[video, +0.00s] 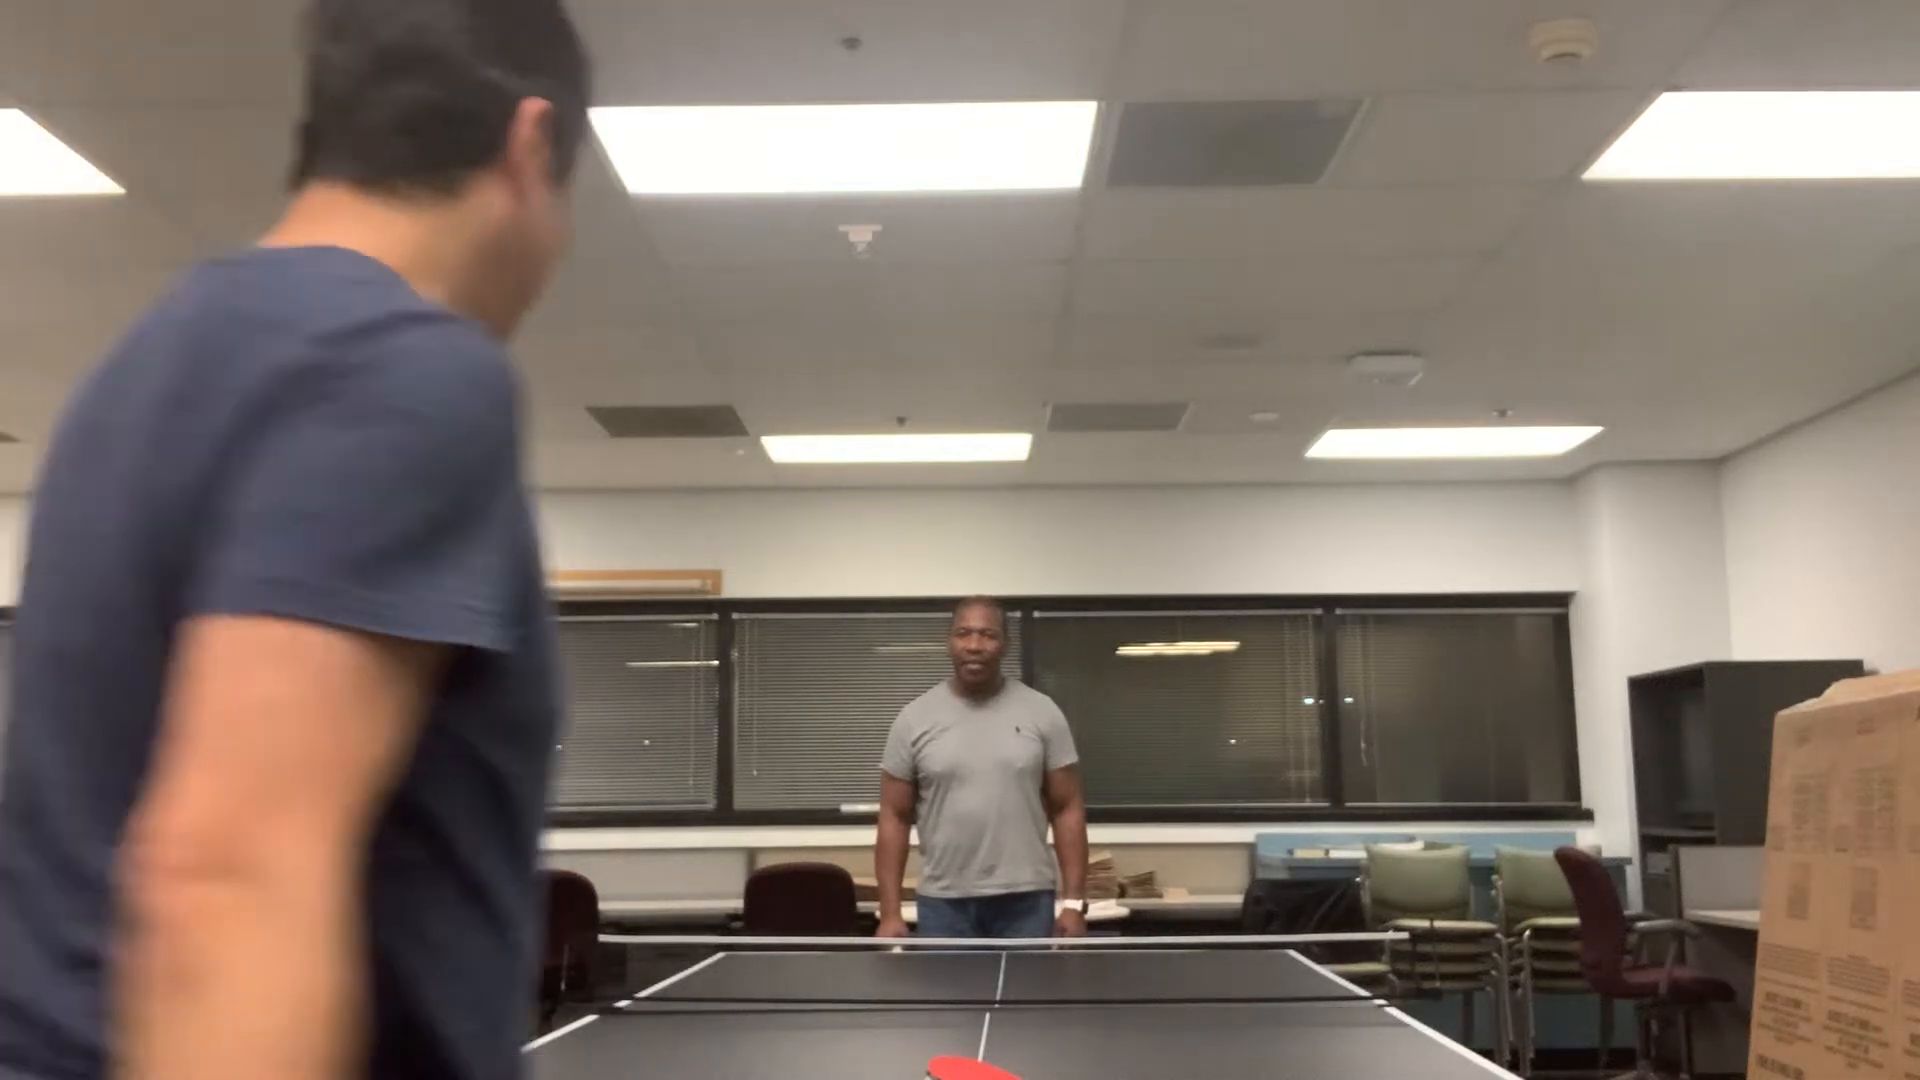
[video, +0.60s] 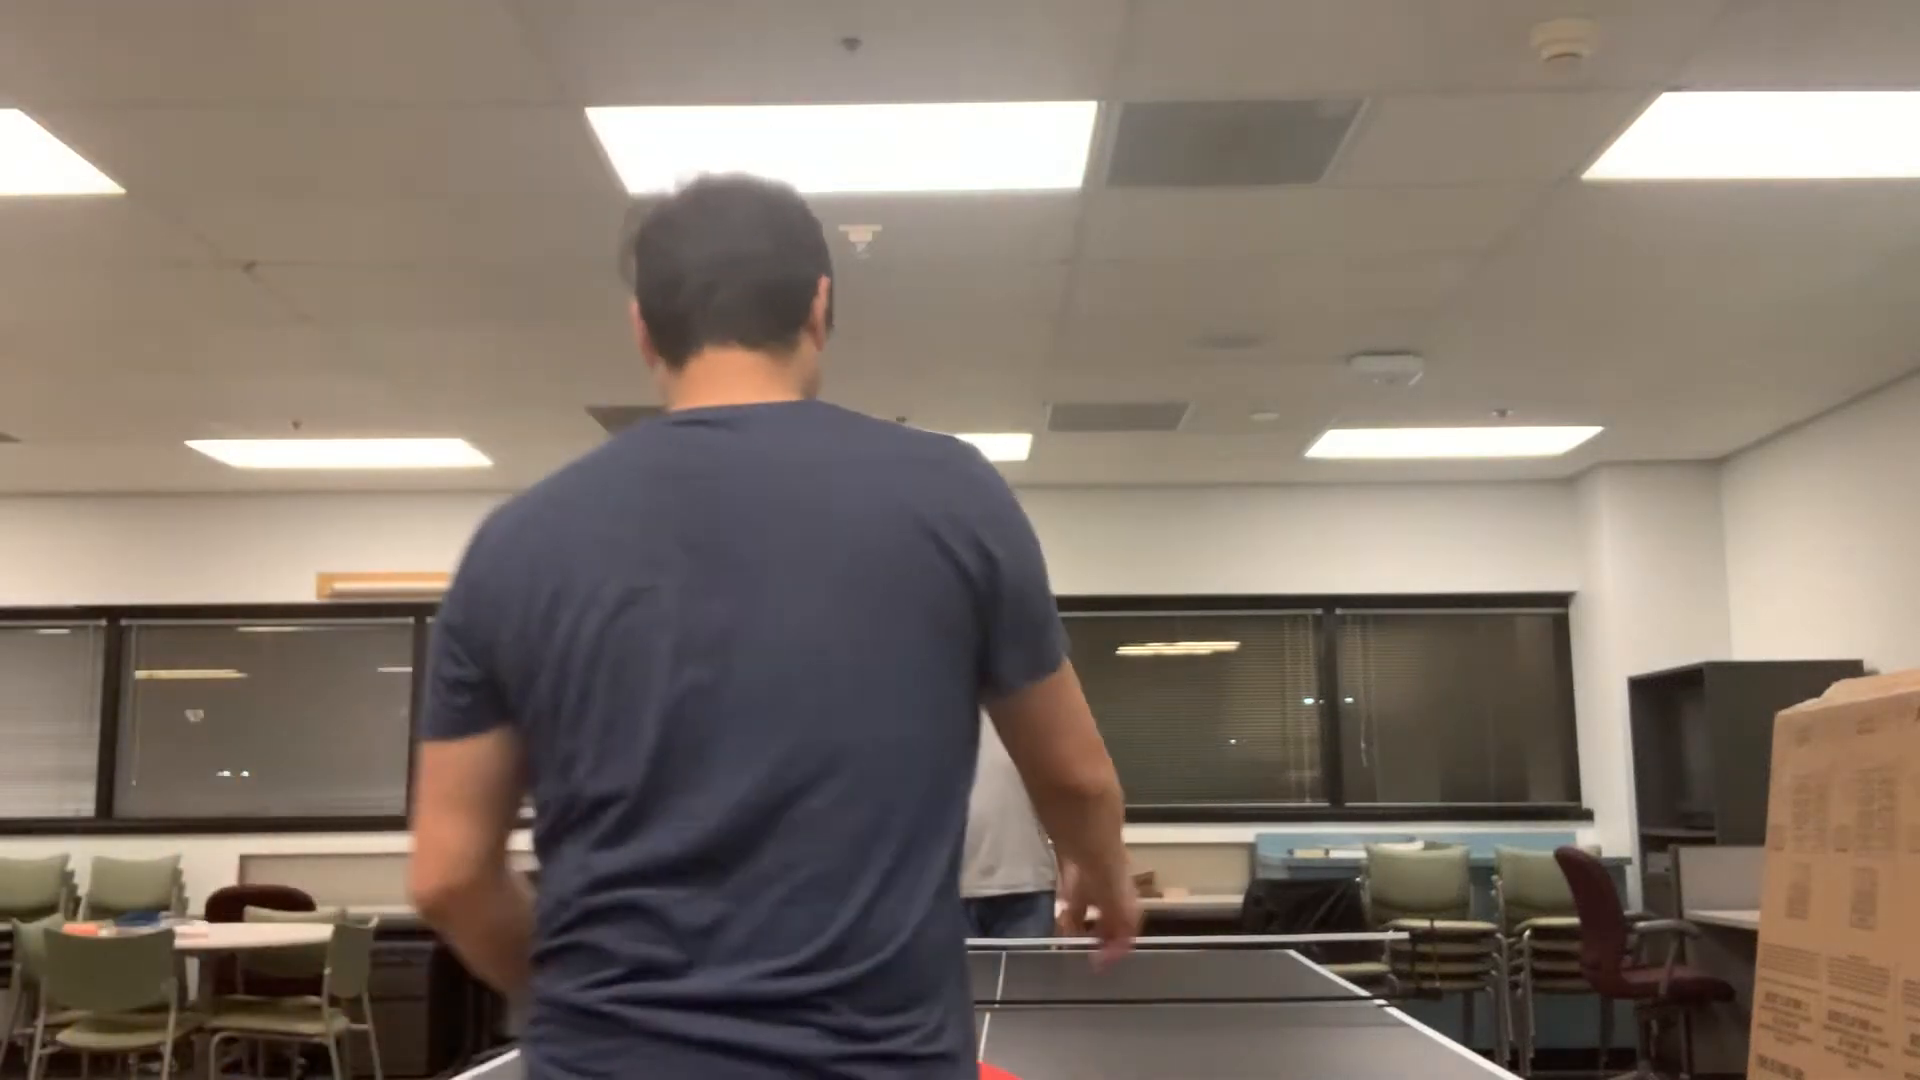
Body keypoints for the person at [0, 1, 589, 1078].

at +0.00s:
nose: (558, 245)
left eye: (569, 195)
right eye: (569, 188)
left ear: (330, 128)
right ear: (528, 146)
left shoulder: (151, 355)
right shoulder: (406, 367)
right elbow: (229, 875)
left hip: (56, 1039)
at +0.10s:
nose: (650, 239)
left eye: (658, 198)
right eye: (658, 194)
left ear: (429, 153)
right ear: (624, 169)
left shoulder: (229, 389)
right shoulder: (566, 396)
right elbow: (562, 893)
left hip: (152, 1034)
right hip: (408, 1052)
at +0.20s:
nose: (723, 221)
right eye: (726, 191)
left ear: (492, 182)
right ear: (702, 182)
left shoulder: (288, 418)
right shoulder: (701, 409)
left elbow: (196, 791)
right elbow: (821, 857)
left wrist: (320, 984)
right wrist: (963, 1057)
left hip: (277, 1040)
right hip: (589, 1045)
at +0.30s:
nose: (765, 239)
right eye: (770, 213)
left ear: (545, 214)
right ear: (753, 211)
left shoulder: (361, 433)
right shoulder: (808, 429)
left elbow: (226, 790)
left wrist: (360, 987)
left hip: (377, 1044)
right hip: (675, 1049)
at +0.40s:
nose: (801, 275)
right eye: (807, 251)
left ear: (588, 258)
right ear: (783, 250)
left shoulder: (420, 474)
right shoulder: (868, 461)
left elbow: (275, 815)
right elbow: (1070, 803)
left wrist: (393, 1003)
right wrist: (1212, 985)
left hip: (469, 1044)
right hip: (747, 1048)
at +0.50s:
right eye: (814, 294)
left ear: (611, 304)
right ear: (798, 289)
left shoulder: (470, 516)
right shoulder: (906, 484)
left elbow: (349, 855)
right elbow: (1083, 794)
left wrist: (466, 1007)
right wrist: (1170, 916)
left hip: (548, 1051)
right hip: (831, 1050)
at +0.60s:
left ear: (641, 329)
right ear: (822, 309)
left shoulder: (527, 538)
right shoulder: (946, 490)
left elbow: (449, 875)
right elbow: (1077, 780)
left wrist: (564, 987)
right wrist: (1101, 879)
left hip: (607, 1048)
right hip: (882, 1048)